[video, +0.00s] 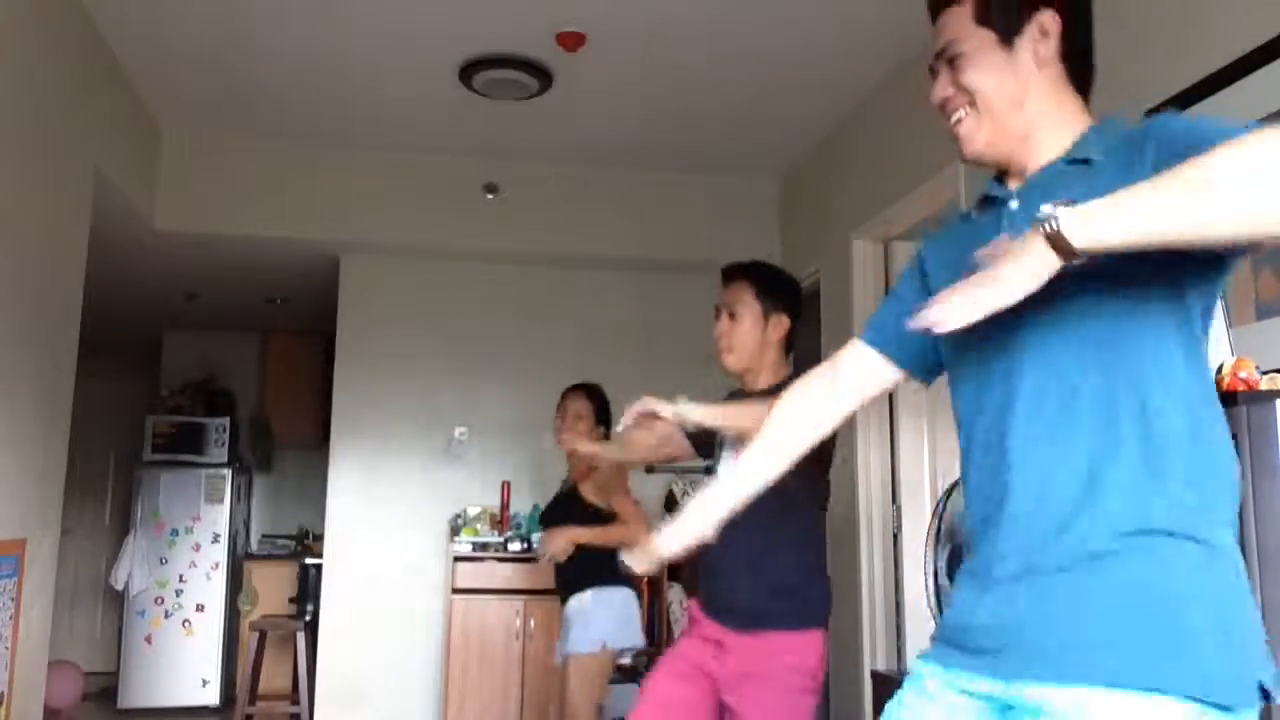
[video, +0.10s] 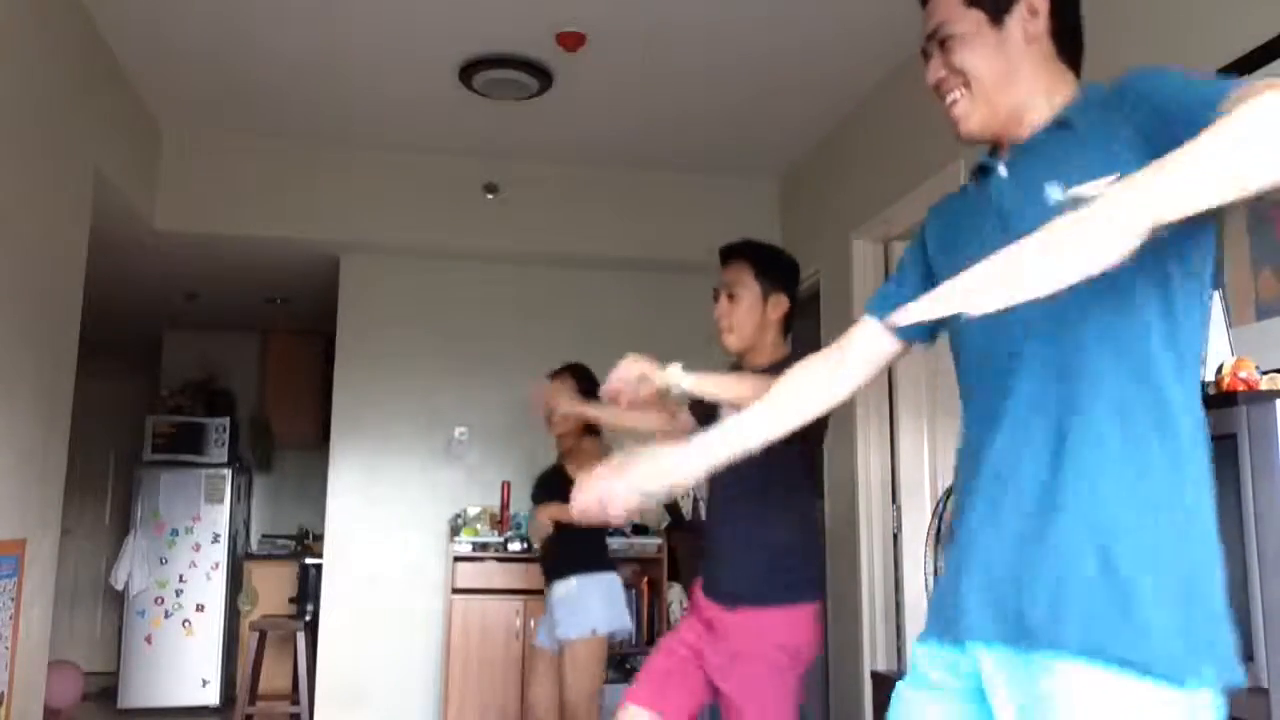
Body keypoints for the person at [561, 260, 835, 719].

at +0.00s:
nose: (719, 330)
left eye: (733, 315)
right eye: (719, 316)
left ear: (778, 327)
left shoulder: (811, 399)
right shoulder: (732, 410)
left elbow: (774, 419)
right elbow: (661, 443)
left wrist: (678, 412)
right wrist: (601, 449)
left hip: (781, 641)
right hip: (707, 629)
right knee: (649, 712)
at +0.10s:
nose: (718, 311)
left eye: (732, 296)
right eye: (718, 298)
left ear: (777, 307)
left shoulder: (806, 378)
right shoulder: (734, 388)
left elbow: (756, 393)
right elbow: (671, 421)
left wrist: (670, 379)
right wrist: (584, 411)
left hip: (773, 613)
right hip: (710, 605)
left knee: (762, 714)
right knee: (638, 713)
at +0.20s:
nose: (714, 300)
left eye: (729, 286)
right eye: (714, 286)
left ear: (772, 298)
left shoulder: (789, 360)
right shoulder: (730, 361)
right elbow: (672, 389)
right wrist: (641, 399)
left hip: (756, 582)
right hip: (716, 582)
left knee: (733, 712)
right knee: (674, 710)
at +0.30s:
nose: (712, 320)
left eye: (727, 306)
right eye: (712, 306)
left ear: (770, 318)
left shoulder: (788, 384)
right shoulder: (717, 382)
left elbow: (784, 413)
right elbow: (655, 410)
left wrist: (753, 406)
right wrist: (686, 419)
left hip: (746, 597)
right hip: (712, 595)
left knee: (713, 712)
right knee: (705, 710)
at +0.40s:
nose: (711, 332)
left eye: (726, 318)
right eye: (711, 319)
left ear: (770, 332)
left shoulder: (789, 402)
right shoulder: (721, 399)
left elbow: (790, 442)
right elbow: (671, 429)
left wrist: (728, 429)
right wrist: (644, 446)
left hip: (755, 616)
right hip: (720, 610)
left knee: (681, 711)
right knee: (737, 713)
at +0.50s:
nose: (710, 321)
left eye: (726, 306)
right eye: (710, 307)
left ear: (770, 320)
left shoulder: (803, 397)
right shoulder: (719, 393)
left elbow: (805, 432)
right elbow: (653, 439)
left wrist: (702, 410)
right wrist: (579, 453)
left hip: (760, 608)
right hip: (716, 603)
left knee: (671, 712)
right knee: (744, 715)